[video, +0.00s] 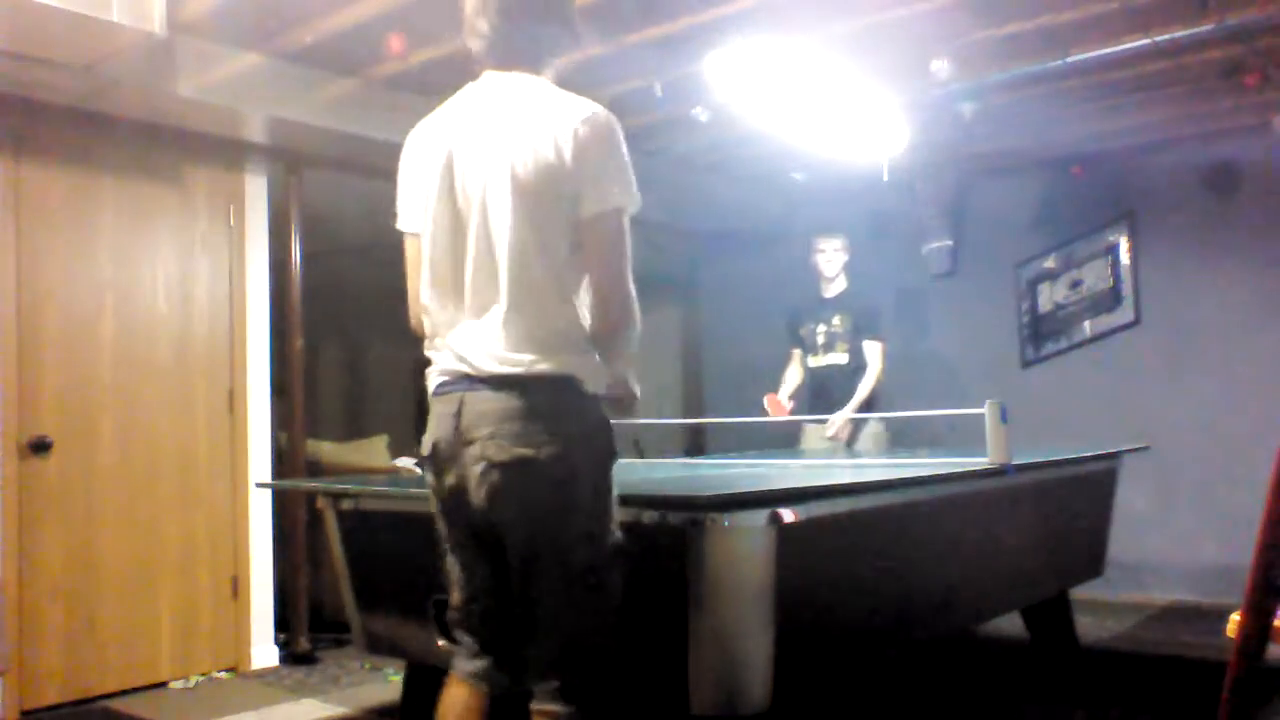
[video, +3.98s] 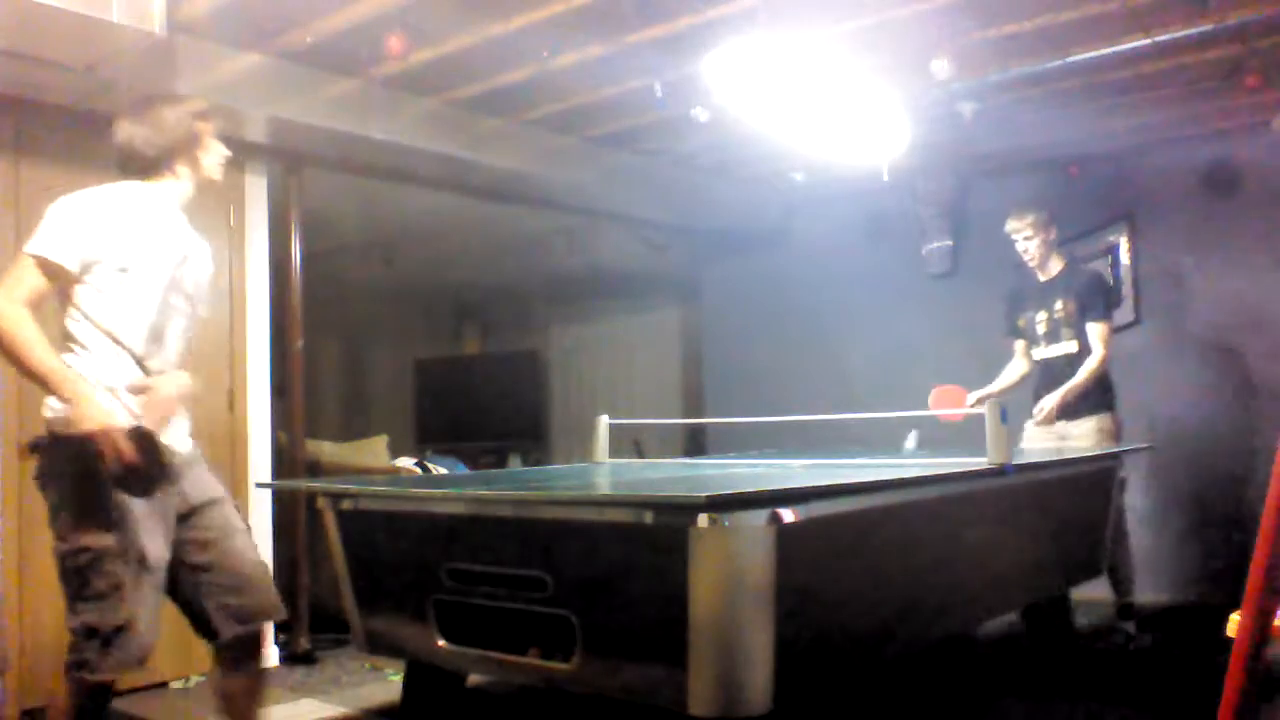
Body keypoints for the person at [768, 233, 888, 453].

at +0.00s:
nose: (829, 257)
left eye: (836, 250)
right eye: (821, 251)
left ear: (846, 255)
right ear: (812, 258)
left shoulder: (864, 305)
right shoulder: (800, 311)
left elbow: (874, 366)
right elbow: (797, 363)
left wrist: (847, 413)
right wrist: (783, 395)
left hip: (863, 422)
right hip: (817, 424)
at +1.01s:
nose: (864, 270)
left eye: (869, 261)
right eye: (860, 264)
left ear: (889, 256)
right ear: (858, 266)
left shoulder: (921, 294)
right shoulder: (880, 314)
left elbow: (928, 358)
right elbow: (892, 374)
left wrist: (884, 402)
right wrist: (878, 412)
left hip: (947, 412)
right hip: (916, 418)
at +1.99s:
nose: (927, 260)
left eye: (934, 252)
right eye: (920, 253)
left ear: (947, 252)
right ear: (910, 255)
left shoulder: (971, 297)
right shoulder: (900, 303)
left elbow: (995, 353)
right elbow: (889, 367)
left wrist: (999, 404)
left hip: (975, 424)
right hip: (926, 428)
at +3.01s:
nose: (973, 251)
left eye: (981, 242)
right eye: (967, 244)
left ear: (999, 243)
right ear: (961, 247)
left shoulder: (1023, 295)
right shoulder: (952, 300)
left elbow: (1039, 360)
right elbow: (944, 357)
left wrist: (1031, 418)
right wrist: (936, 405)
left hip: (1011, 423)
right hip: (962, 423)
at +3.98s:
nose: (1023, 249)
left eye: (1029, 238)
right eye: (1016, 242)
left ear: (1052, 233)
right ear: (1014, 246)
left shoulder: (1087, 281)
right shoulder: (1020, 295)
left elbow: (1100, 352)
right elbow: (1023, 360)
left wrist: (1060, 395)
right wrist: (989, 392)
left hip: (1090, 422)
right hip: (1039, 426)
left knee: (1105, 518)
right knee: (1034, 520)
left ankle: (1126, 613)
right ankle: (1045, 621)